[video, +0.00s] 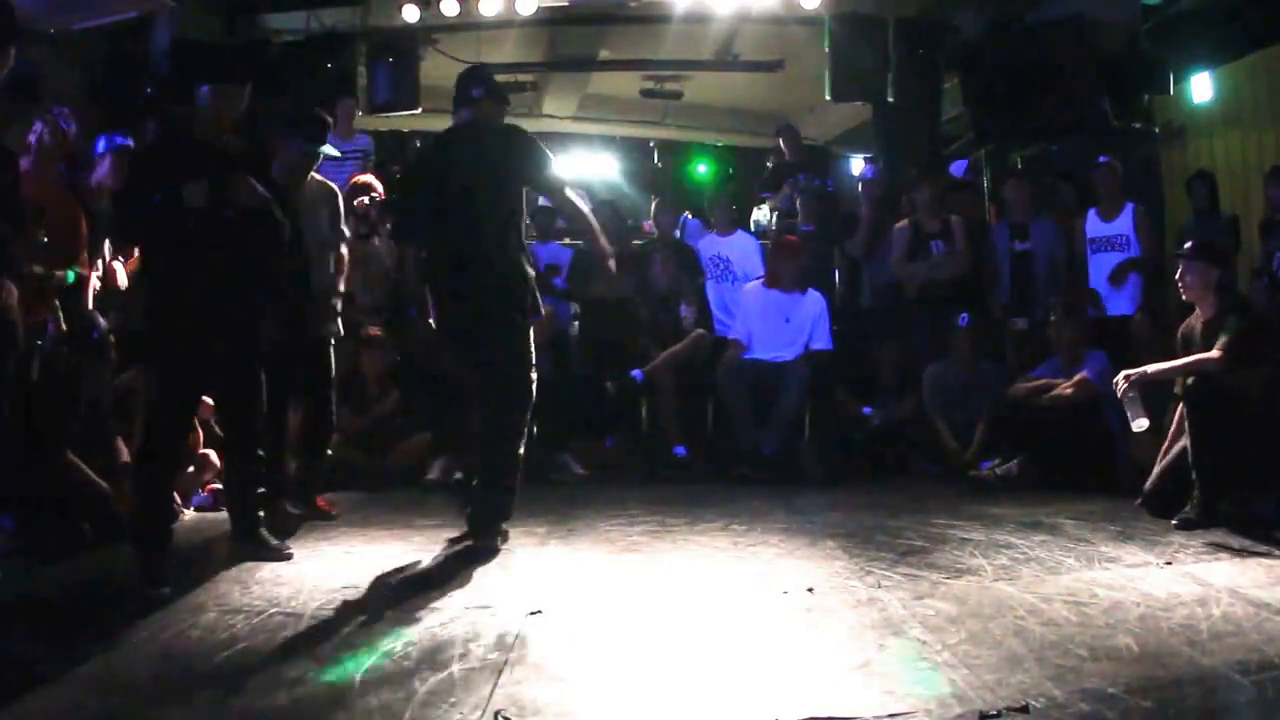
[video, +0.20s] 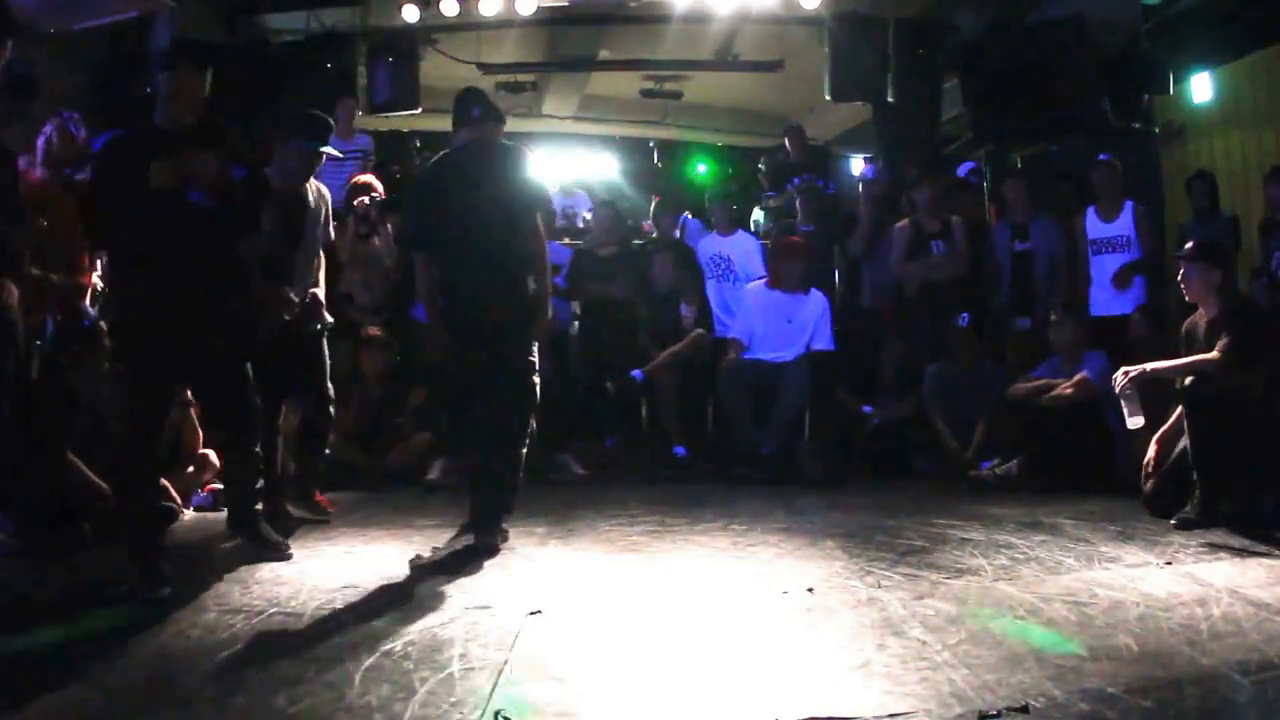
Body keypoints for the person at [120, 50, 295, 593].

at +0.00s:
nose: (229, 114)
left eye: (236, 104)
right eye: (220, 103)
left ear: (242, 110)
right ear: (197, 107)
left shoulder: (249, 159)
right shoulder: (161, 161)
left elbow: (285, 243)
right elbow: (126, 231)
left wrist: (263, 206)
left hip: (240, 313)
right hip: (174, 312)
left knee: (245, 424)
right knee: (164, 432)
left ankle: (248, 527)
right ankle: (151, 547)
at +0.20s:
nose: (187, 97)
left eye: (195, 87)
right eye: (178, 87)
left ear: (207, 89)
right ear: (161, 88)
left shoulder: (226, 146)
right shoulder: (124, 149)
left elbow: (252, 219)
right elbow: (99, 223)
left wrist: (221, 182)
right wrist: (152, 185)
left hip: (216, 304)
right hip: (145, 306)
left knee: (237, 416)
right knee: (141, 429)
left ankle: (246, 519)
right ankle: (143, 548)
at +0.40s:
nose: (158, 79)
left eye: (169, 68)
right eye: (150, 67)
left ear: (180, 73)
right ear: (132, 70)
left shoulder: (200, 134)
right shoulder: (96, 142)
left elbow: (229, 210)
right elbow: (69, 220)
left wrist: (192, 172)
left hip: (194, 302)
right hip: (122, 304)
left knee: (217, 423)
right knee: (129, 433)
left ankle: (225, 533)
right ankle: (143, 557)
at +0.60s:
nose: (154, 75)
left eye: (164, 63)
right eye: (144, 62)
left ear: (174, 66)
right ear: (124, 64)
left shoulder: (191, 130)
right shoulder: (89, 131)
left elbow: (226, 201)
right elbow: (55, 212)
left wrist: (181, 162)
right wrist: (107, 169)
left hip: (172, 307)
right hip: (100, 307)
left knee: (160, 440)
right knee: (107, 437)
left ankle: (154, 578)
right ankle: (130, 560)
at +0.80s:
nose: (147, 76)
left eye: (159, 66)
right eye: (138, 62)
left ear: (174, 68)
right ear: (119, 60)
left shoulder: (188, 135)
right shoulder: (75, 129)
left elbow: (221, 210)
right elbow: (32, 203)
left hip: (153, 305)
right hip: (79, 302)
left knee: (133, 451)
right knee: (79, 437)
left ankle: (116, 604)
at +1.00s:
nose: (143, 65)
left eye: (158, 58)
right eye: (138, 51)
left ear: (176, 62)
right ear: (122, 44)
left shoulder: (178, 134)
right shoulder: (66, 115)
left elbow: (198, 218)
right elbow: (19, 175)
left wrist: (156, 132)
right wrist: (81, 119)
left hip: (133, 303)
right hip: (58, 296)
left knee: (123, 450)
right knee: (49, 438)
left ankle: (117, 601)